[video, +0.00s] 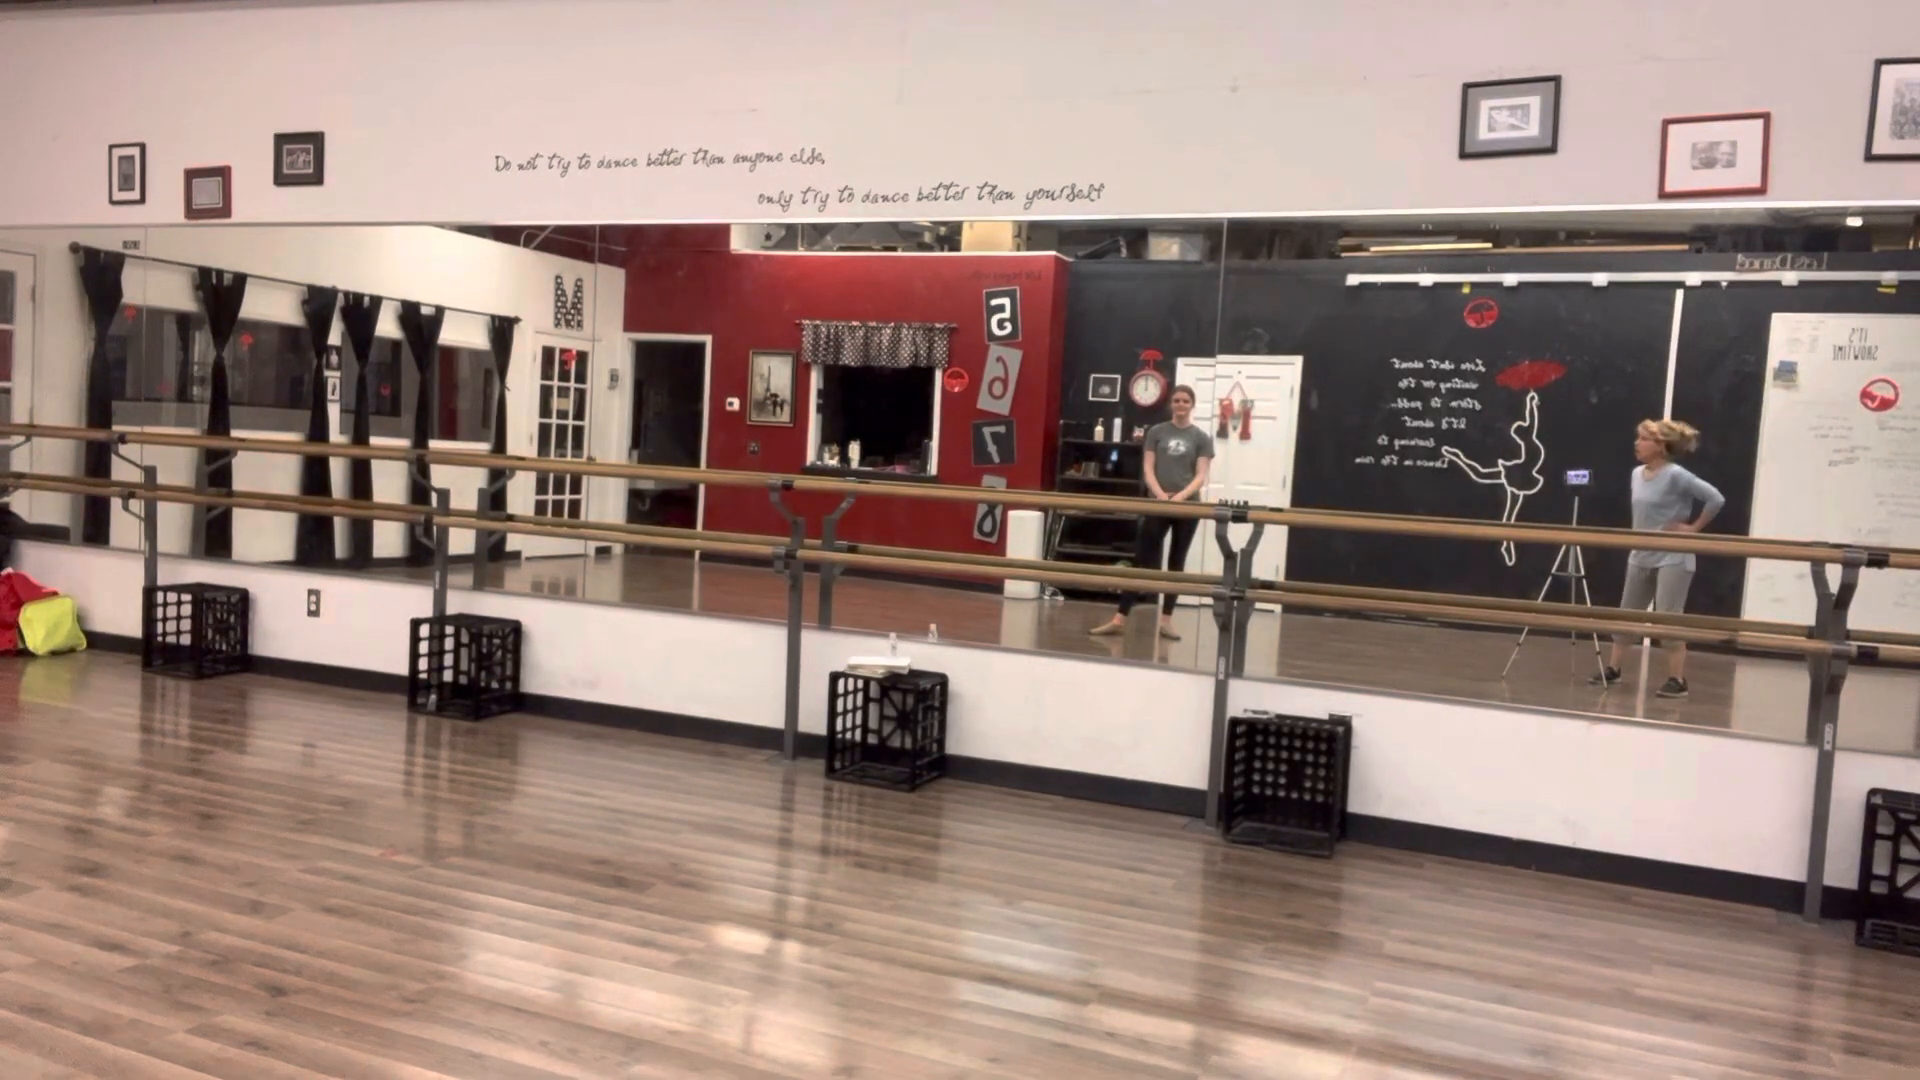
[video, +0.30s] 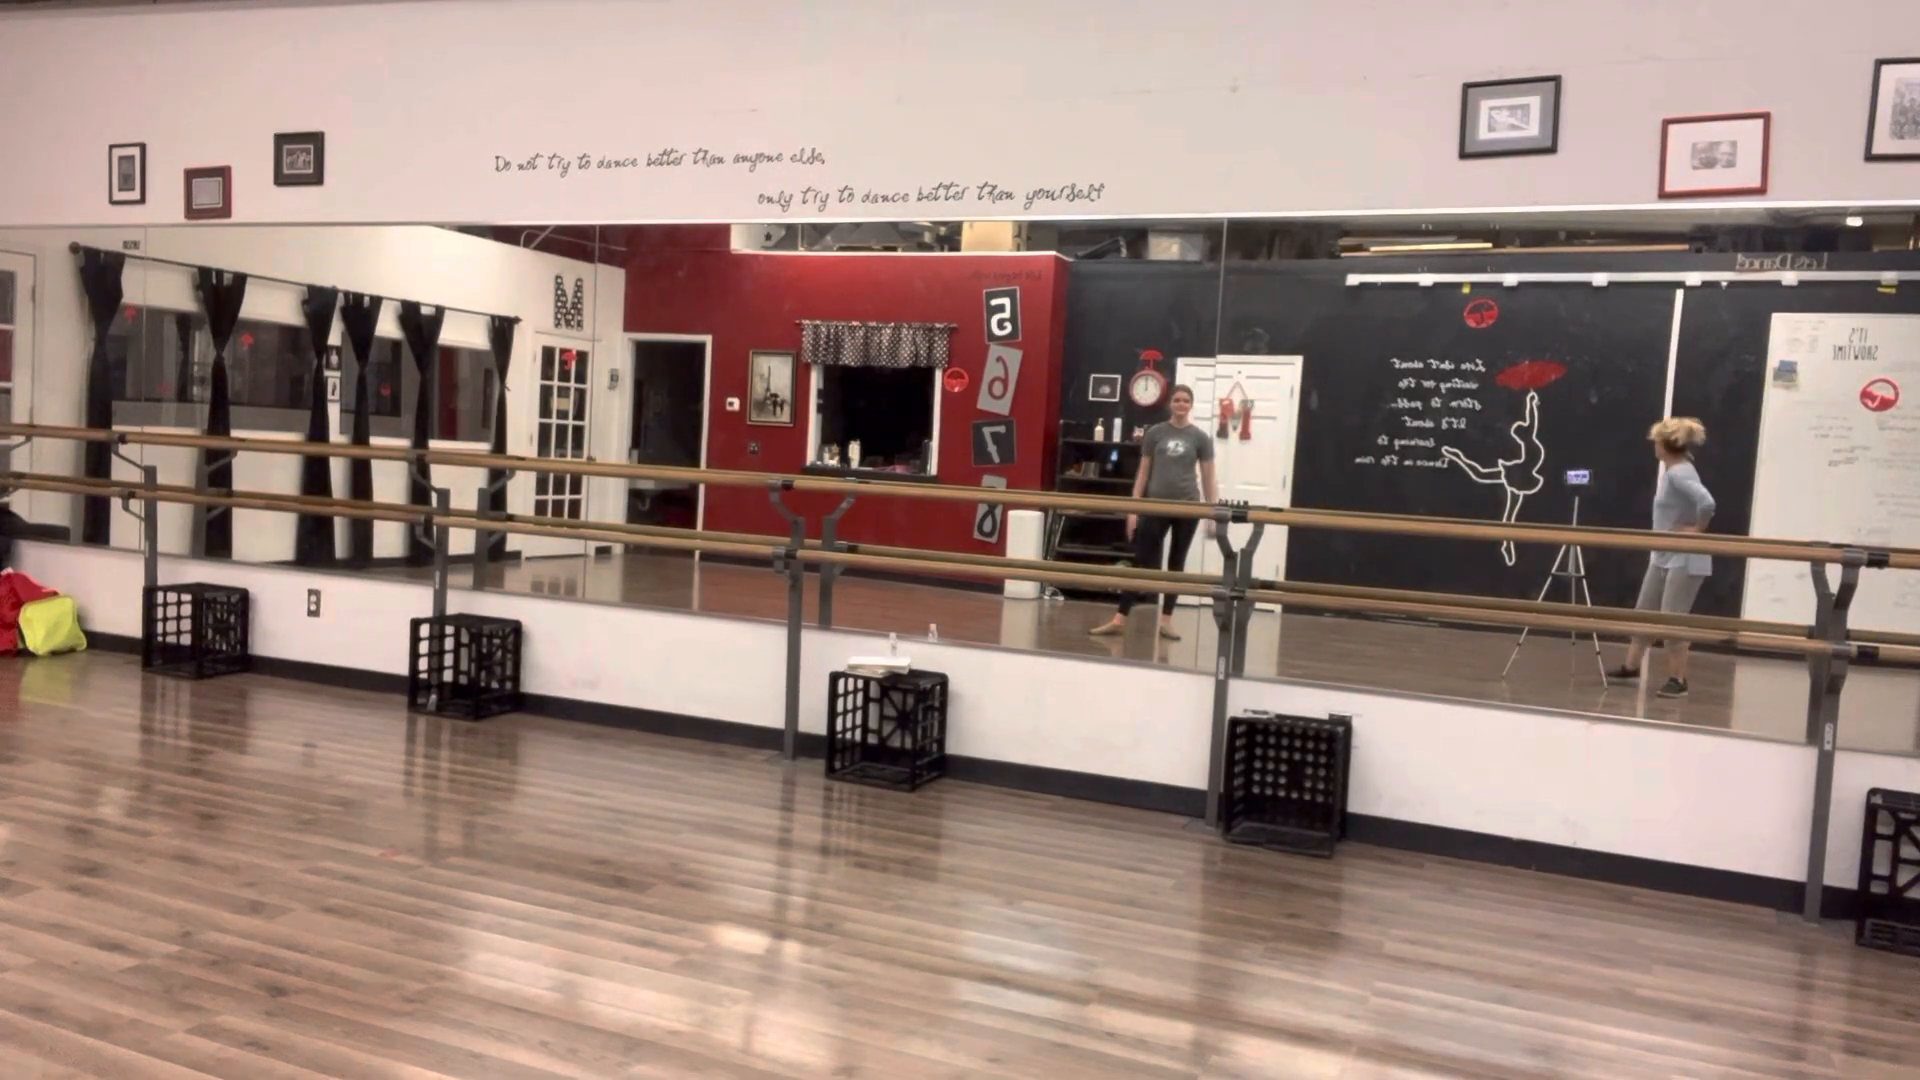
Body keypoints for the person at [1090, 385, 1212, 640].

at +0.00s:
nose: (1180, 405)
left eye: (1185, 401)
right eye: (1177, 401)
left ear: (1192, 405)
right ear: (1170, 404)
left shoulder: (1202, 438)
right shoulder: (1155, 432)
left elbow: (1201, 475)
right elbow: (1148, 469)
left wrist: (1182, 495)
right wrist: (1160, 494)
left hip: (1187, 503)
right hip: (1158, 500)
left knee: (1177, 560)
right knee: (1143, 555)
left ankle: (1166, 618)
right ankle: (1120, 616)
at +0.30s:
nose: (1180, 405)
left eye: (1185, 401)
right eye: (1177, 400)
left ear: (1192, 405)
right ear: (1170, 404)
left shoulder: (1201, 438)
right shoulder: (1154, 433)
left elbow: (1208, 478)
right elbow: (1142, 473)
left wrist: (1212, 512)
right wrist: (1133, 509)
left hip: (1186, 510)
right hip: (1154, 507)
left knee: (1176, 565)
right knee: (1141, 560)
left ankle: (1165, 620)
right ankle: (1120, 617)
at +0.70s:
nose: (1190, 407)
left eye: (1193, 404)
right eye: (1186, 403)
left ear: (1194, 407)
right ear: (1173, 404)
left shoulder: (1201, 437)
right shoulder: (1153, 434)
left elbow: (1215, 473)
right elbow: (1138, 471)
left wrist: (1232, 507)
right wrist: (1123, 506)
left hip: (1188, 509)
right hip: (1156, 507)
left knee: (1176, 563)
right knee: (1142, 560)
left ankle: (1166, 620)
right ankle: (1120, 618)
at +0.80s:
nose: (1191, 407)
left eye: (1194, 404)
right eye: (1187, 403)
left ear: (1195, 407)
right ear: (1174, 404)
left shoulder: (1200, 437)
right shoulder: (1153, 433)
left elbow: (1212, 475)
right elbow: (1140, 472)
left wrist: (1224, 505)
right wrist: (1130, 507)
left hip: (1188, 510)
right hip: (1156, 507)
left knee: (1176, 564)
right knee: (1142, 560)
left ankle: (1165, 620)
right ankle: (1120, 618)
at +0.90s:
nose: (1191, 408)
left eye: (1194, 404)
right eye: (1187, 403)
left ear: (1195, 407)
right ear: (1174, 404)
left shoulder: (1201, 438)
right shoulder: (1154, 433)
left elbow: (1207, 475)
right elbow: (1144, 471)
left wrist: (1211, 508)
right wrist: (1142, 506)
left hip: (1188, 509)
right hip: (1156, 506)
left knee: (1176, 564)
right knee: (1142, 560)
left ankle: (1166, 620)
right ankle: (1120, 617)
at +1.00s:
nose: (1192, 407)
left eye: (1195, 403)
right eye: (1188, 403)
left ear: (1195, 406)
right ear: (1174, 404)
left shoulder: (1200, 437)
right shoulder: (1154, 432)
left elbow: (1203, 476)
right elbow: (1148, 473)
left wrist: (1188, 505)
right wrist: (1158, 503)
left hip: (1187, 507)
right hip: (1158, 505)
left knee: (1176, 564)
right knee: (1142, 559)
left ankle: (1166, 620)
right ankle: (1120, 617)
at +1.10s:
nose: (1193, 407)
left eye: (1195, 403)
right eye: (1189, 402)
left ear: (1195, 406)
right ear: (1175, 404)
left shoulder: (1200, 437)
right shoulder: (1154, 432)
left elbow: (1201, 475)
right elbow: (1150, 472)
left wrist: (1176, 498)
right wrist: (1167, 500)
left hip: (1188, 505)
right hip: (1158, 502)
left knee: (1176, 562)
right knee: (1142, 557)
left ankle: (1166, 620)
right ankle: (1120, 617)